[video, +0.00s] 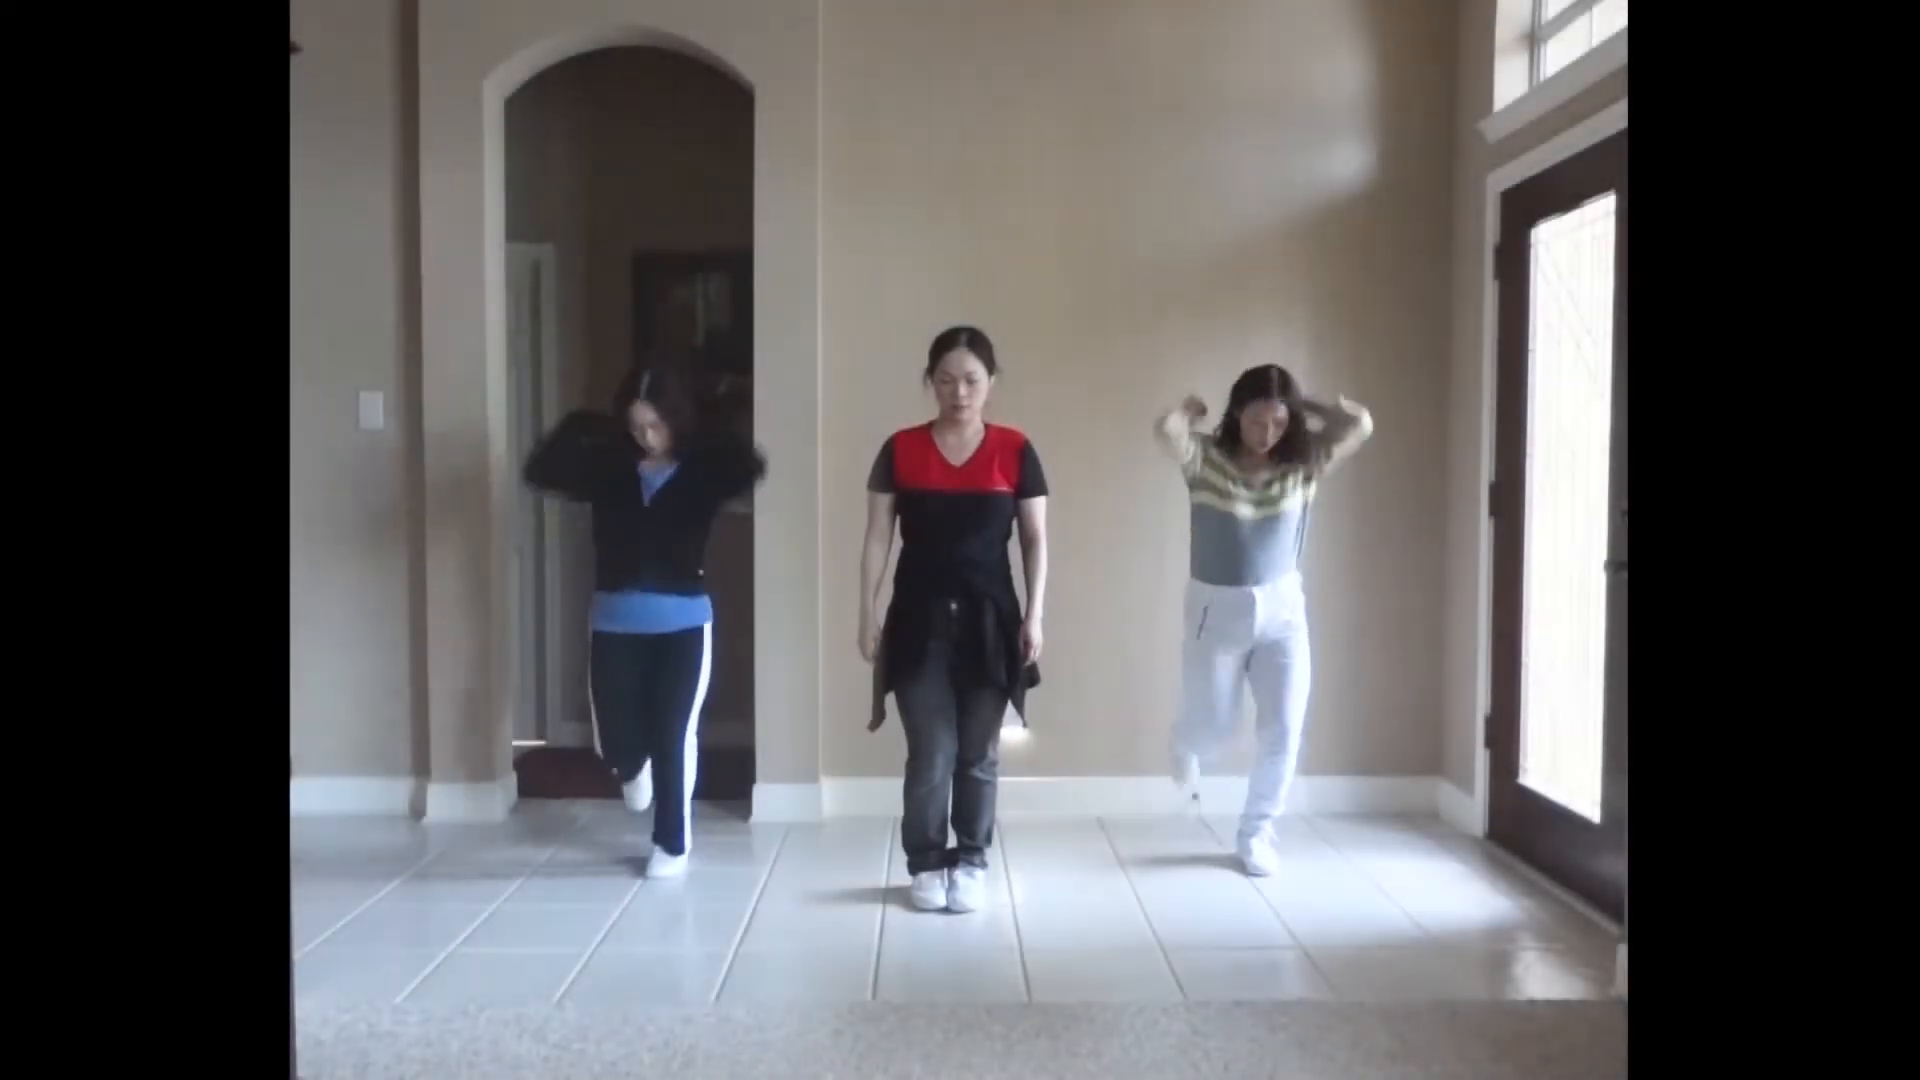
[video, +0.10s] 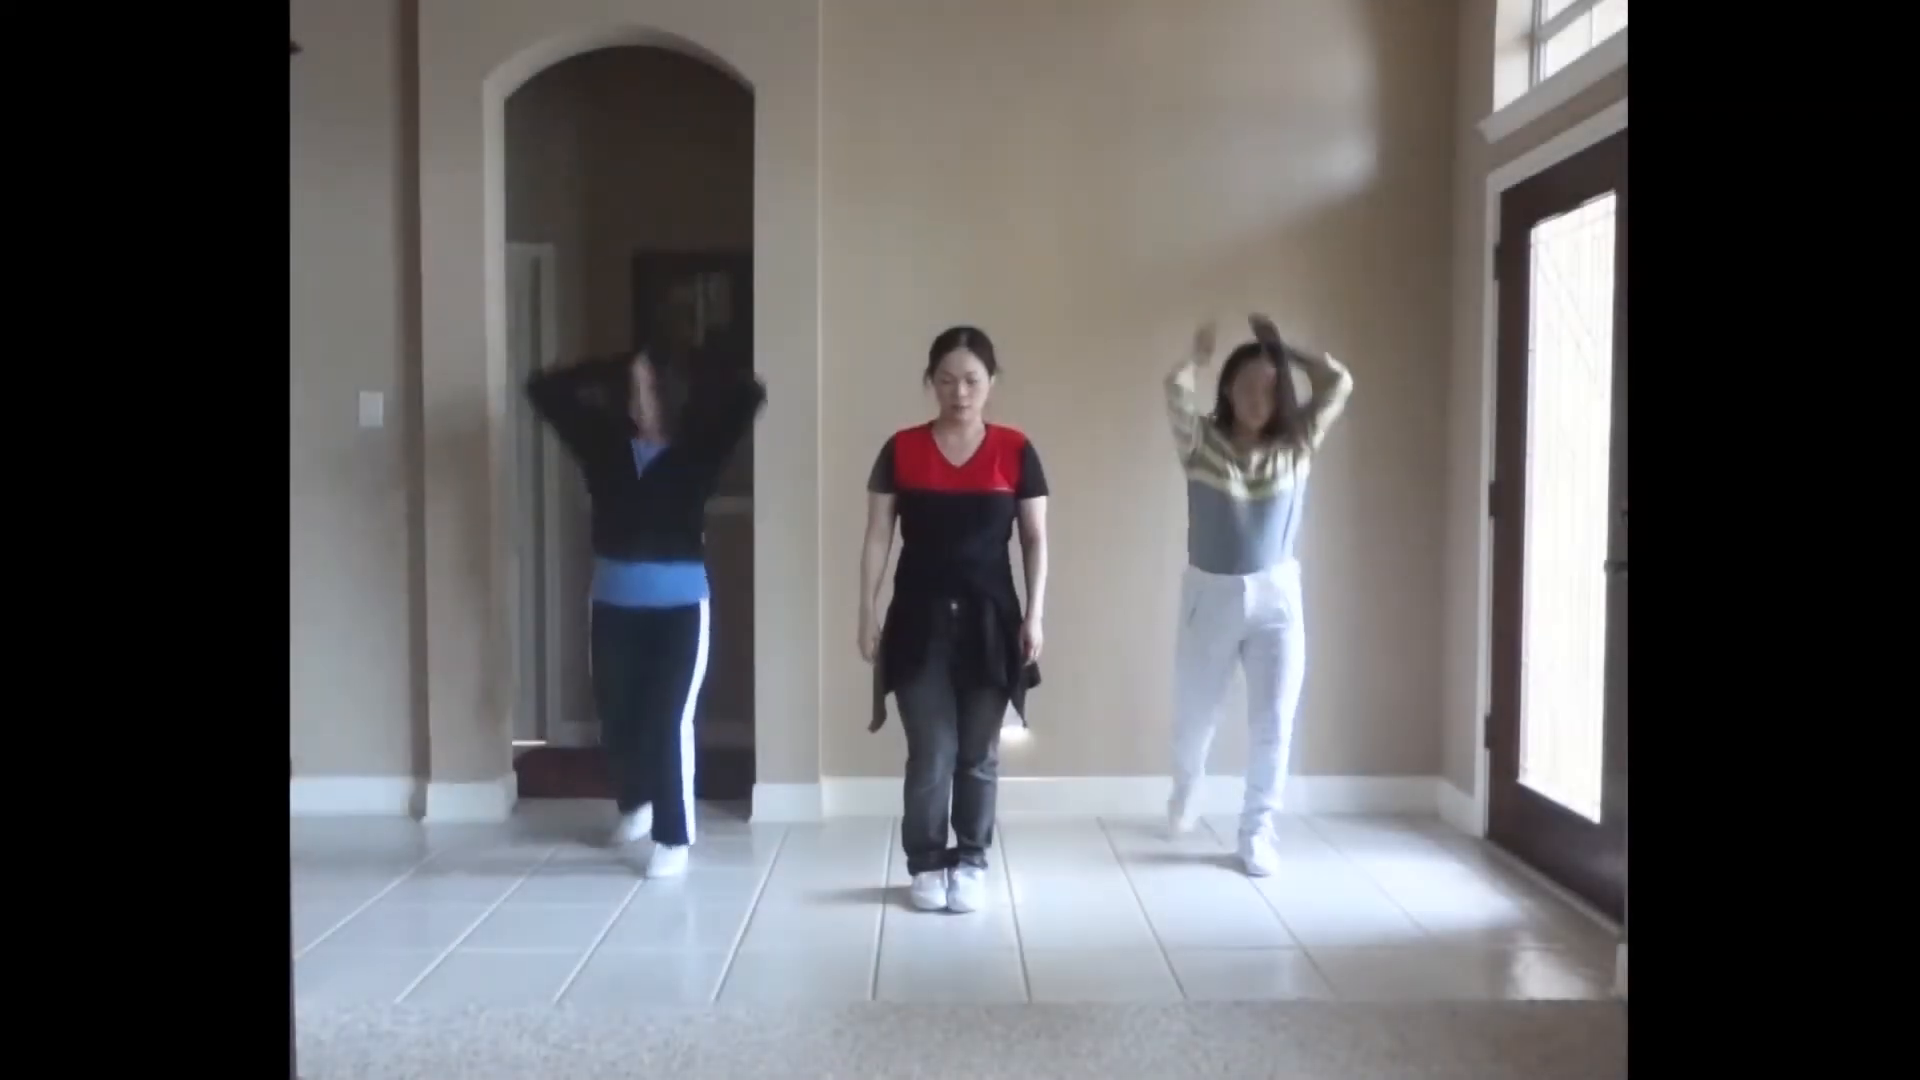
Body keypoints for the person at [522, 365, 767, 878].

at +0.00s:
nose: (644, 435)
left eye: (653, 424)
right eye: (636, 425)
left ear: (677, 423)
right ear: (627, 425)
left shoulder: (702, 472)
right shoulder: (609, 469)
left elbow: (749, 467)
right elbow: (541, 471)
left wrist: (705, 433)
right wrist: (584, 423)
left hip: (682, 627)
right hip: (615, 626)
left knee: (673, 739)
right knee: (618, 746)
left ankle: (670, 847)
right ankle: (635, 768)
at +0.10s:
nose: (642, 399)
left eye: (652, 388)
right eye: (635, 389)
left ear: (673, 395)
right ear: (626, 395)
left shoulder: (699, 449)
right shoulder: (601, 442)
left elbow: (748, 394)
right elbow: (543, 389)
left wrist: (696, 371)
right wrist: (611, 369)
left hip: (679, 604)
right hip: (615, 602)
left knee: (669, 721)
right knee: (619, 713)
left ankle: (672, 841)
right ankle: (637, 804)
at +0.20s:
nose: (642, 378)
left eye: (652, 368)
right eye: (634, 367)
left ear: (670, 374)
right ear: (619, 372)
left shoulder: (690, 426)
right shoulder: (599, 426)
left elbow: (729, 371)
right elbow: (565, 359)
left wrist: (679, 323)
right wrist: (620, 314)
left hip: (673, 582)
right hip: (614, 582)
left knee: (667, 708)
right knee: (628, 704)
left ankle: (672, 833)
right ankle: (638, 811)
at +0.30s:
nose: (637, 366)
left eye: (648, 358)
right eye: (630, 357)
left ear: (667, 369)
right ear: (617, 367)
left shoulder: (684, 427)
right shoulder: (595, 424)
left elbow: (708, 369)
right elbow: (571, 354)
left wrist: (666, 316)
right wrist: (619, 304)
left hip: (669, 580)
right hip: (612, 579)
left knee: (671, 704)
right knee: (629, 703)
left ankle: (685, 826)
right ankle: (644, 815)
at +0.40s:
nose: (638, 368)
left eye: (650, 361)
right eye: (630, 359)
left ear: (667, 375)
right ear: (617, 371)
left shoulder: (681, 430)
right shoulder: (596, 425)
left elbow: (701, 370)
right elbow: (573, 358)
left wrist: (663, 323)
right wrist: (614, 309)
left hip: (668, 580)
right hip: (612, 580)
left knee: (668, 705)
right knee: (630, 704)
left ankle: (689, 825)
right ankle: (646, 816)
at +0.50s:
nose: (636, 378)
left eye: (648, 369)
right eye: (628, 370)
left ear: (665, 379)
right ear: (616, 380)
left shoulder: (683, 427)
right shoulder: (597, 429)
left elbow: (706, 369)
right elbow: (573, 377)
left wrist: (657, 346)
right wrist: (609, 335)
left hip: (668, 582)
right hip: (613, 582)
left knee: (663, 702)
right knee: (628, 704)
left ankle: (685, 823)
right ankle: (643, 817)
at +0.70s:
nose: (628, 403)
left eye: (637, 394)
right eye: (622, 396)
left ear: (657, 402)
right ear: (613, 405)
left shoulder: (679, 442)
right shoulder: (603, 444)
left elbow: (695, 404)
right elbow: (582, 412)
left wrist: (659, 375)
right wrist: (610, 378)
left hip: (668, 585)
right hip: (613, 584)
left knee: (658, 700)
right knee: (624, 701)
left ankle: (683, 821)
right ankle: (641, 817)